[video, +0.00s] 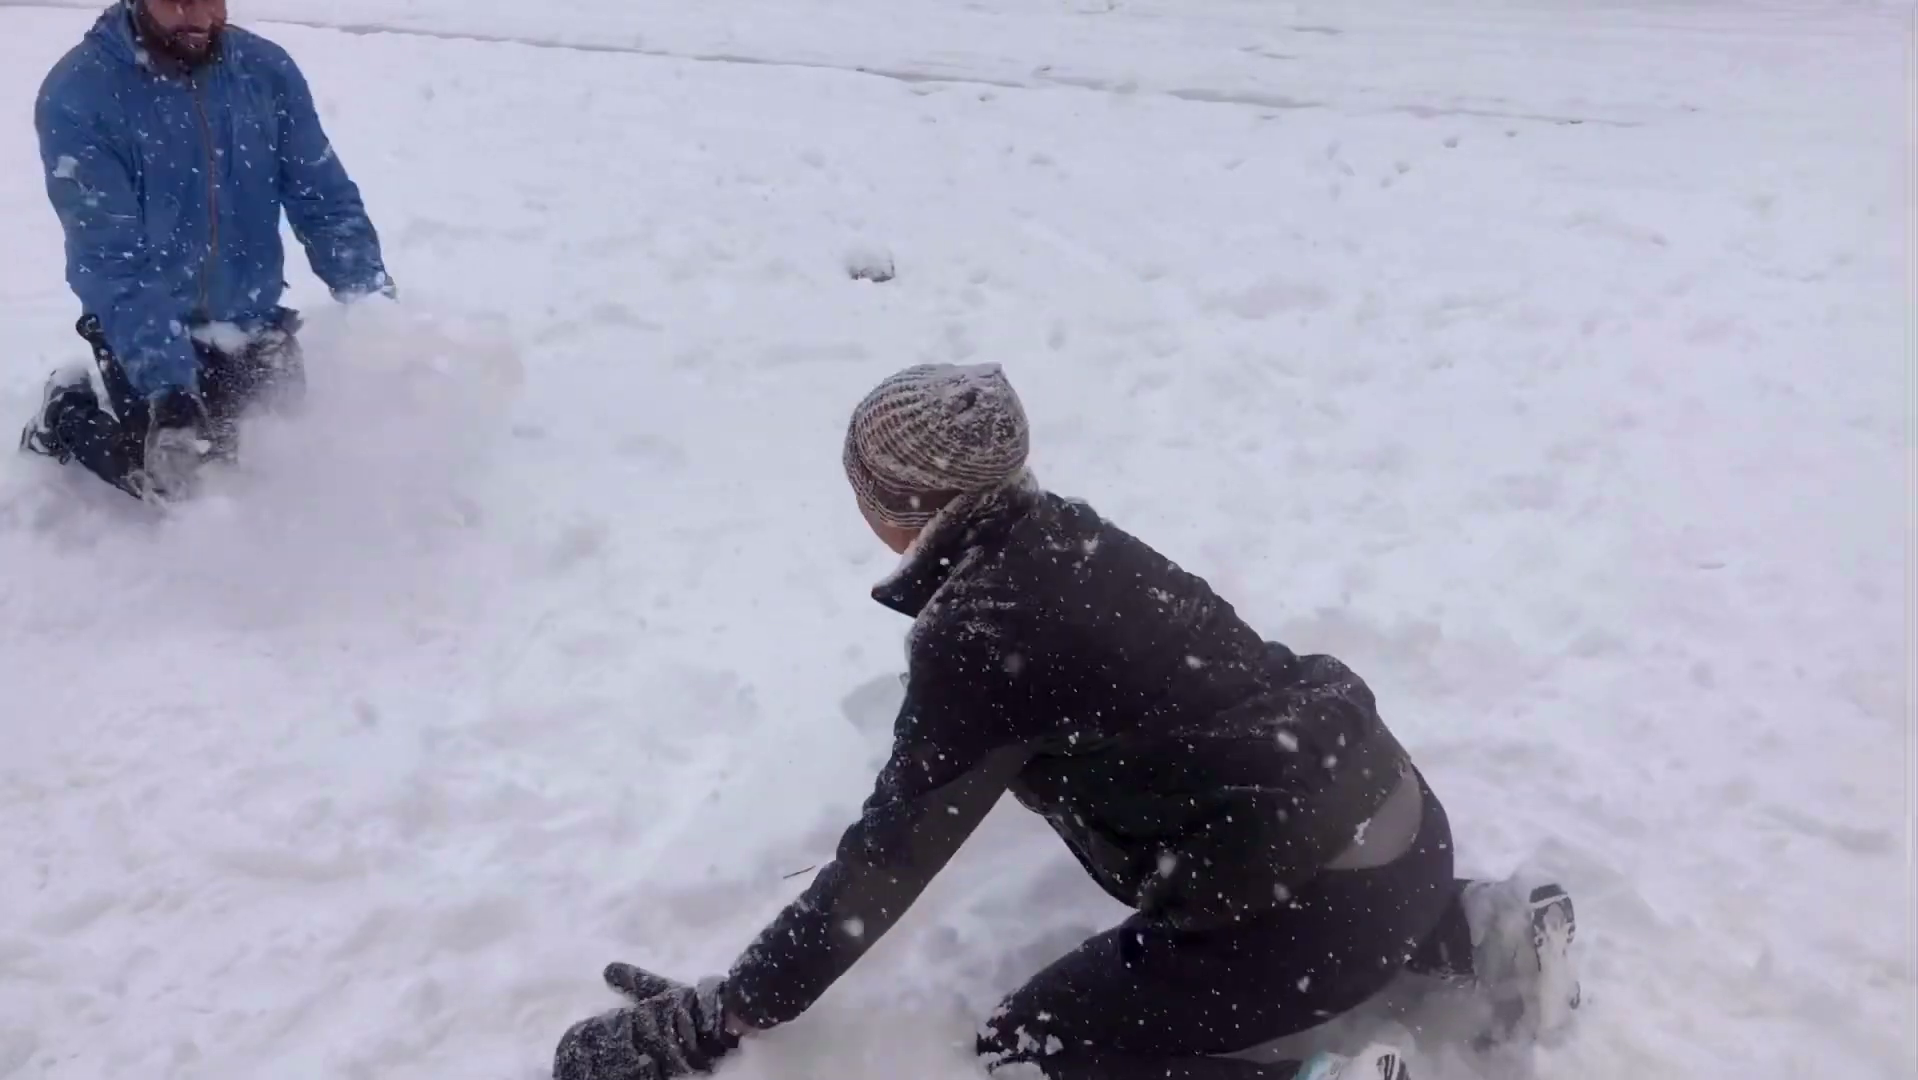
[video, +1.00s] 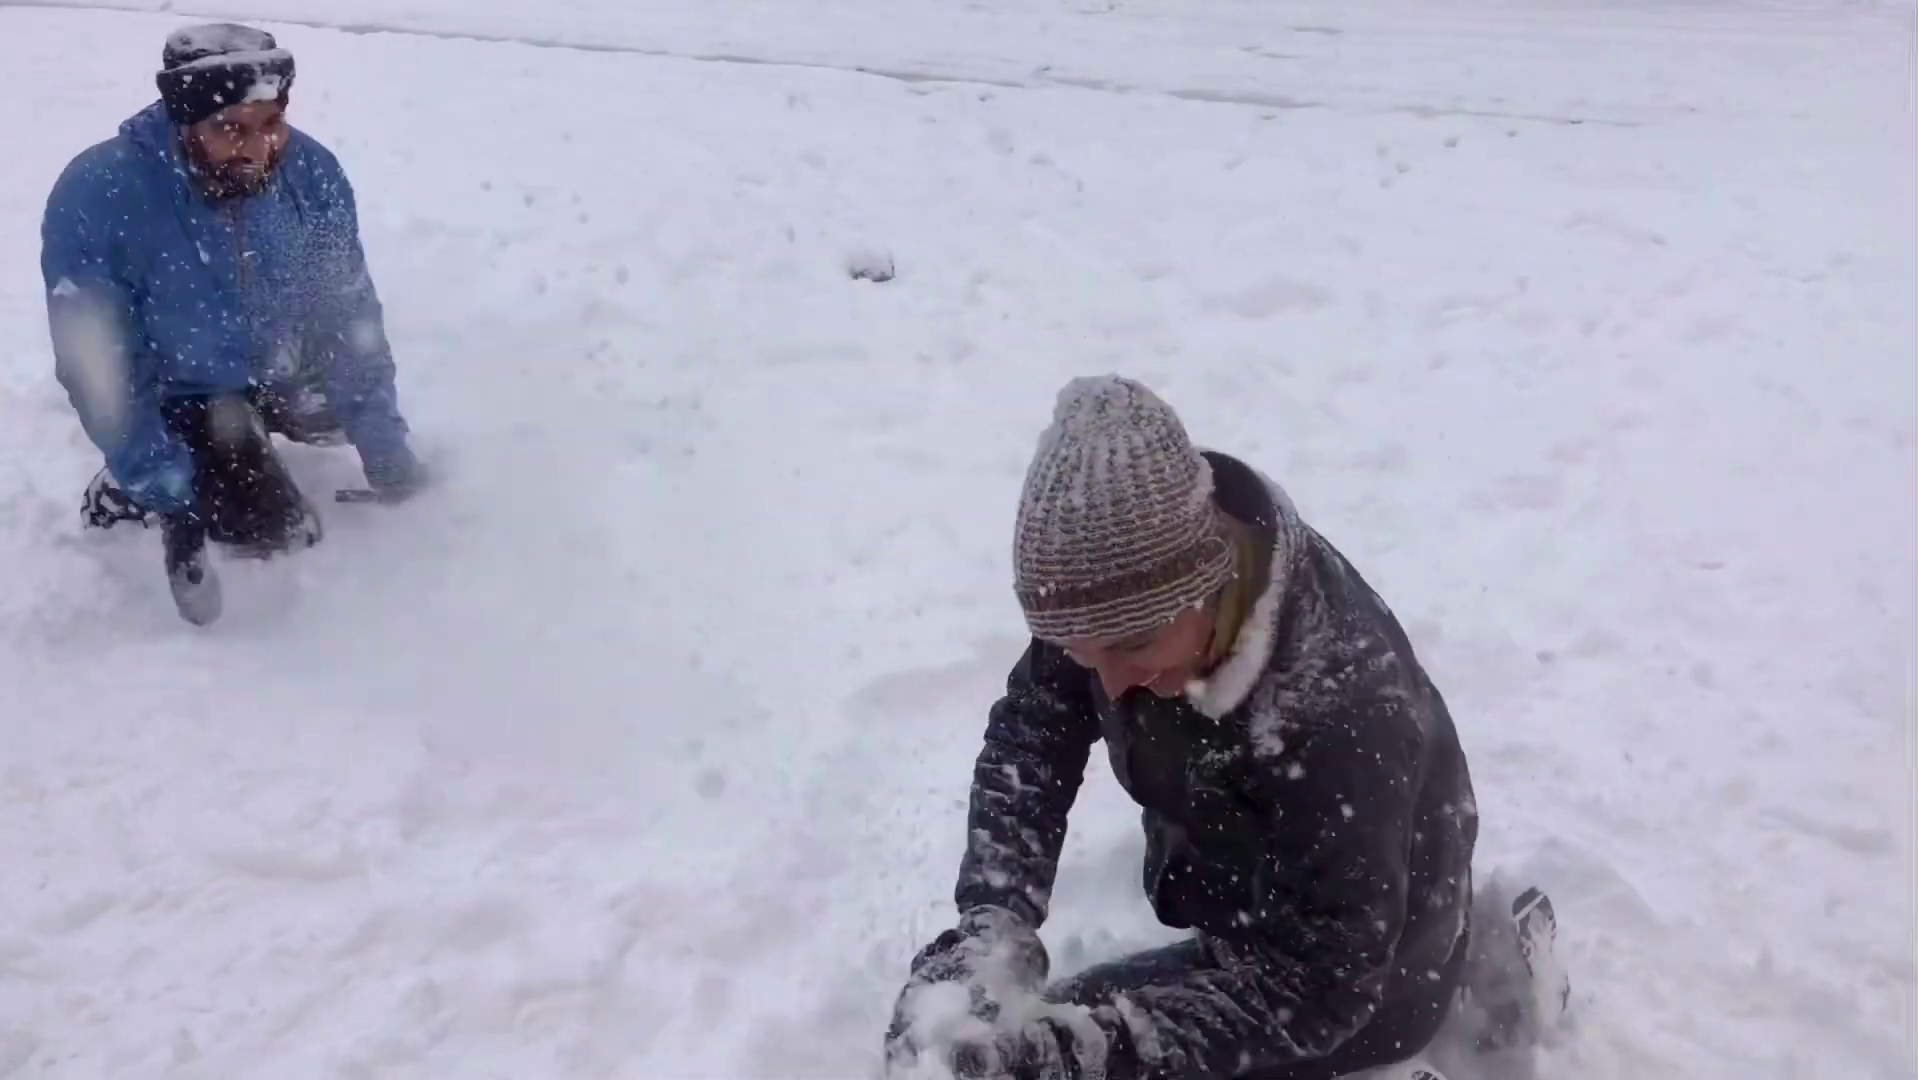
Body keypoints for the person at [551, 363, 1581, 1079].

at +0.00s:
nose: (866, 520)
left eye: (875, 497)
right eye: (863, 494)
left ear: (928, 502)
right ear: (989, 472)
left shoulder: (977, 635)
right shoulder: (1071, 536)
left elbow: (885, 865)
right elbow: (1226, 672)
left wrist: (721, 1014)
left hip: (1309, 917)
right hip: (1408, 838)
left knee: (1018, 1049)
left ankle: (1343, 1033)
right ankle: (1461, 941)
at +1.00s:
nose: (1112, 685)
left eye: (1137, 646)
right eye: (1086, 652)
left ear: (1205, 584)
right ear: (1057, 598)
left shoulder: (1345, 716)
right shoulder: (1118, 558)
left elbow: (1322, 990)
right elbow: (1036, 733)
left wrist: (1080, 1043)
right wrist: (994, 939)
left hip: (1352, 989)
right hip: (1229, 894)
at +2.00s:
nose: (1229, 428)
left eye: (1252, 418)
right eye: (1235, 404)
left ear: (1342, 436)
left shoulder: (1335, 618)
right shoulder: (1439, 409)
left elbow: (1079, 573)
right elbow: (1224, 289)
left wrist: (916, 422)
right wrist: (1013, 239)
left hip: (1366, 905)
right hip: (1448, 791)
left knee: (1045, 1042)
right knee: (1200, 860)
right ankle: (1445, 905)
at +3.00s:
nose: (1250, 752)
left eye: (1254, 726)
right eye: (1227, 736)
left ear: (1308, 670)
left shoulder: (1498, 745)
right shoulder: (1247, 565)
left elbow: (1501, 1041)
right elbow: (1053, 610)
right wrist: (951, 817)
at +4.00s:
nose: (761, 805)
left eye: (767, 785)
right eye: (735, 805)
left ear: (802, 718)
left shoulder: (989, 677)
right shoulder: (770, 628)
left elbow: (1063, 938)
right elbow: (747, 836)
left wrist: (1034, 1065)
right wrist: (708, 1020)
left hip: (1247, 807)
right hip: (1104, 765)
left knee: (1078, 1051)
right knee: (991, 984)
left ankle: (1366, 1046)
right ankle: (1274, 944)